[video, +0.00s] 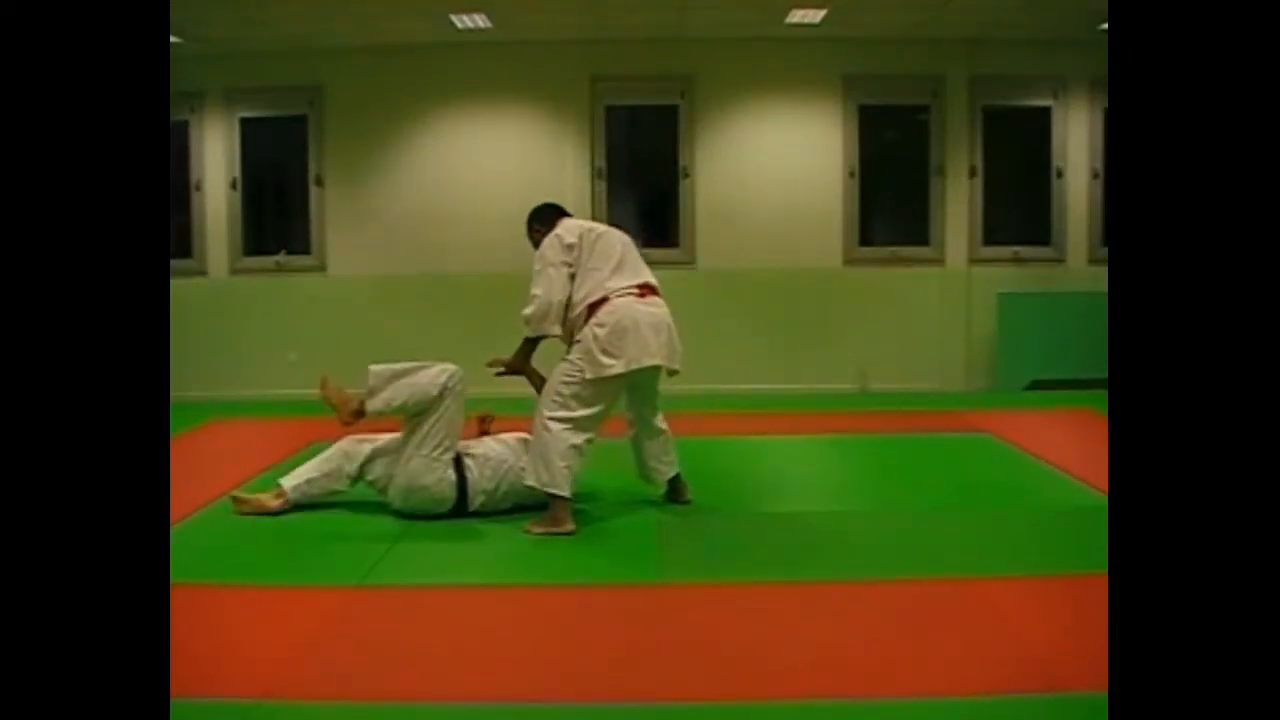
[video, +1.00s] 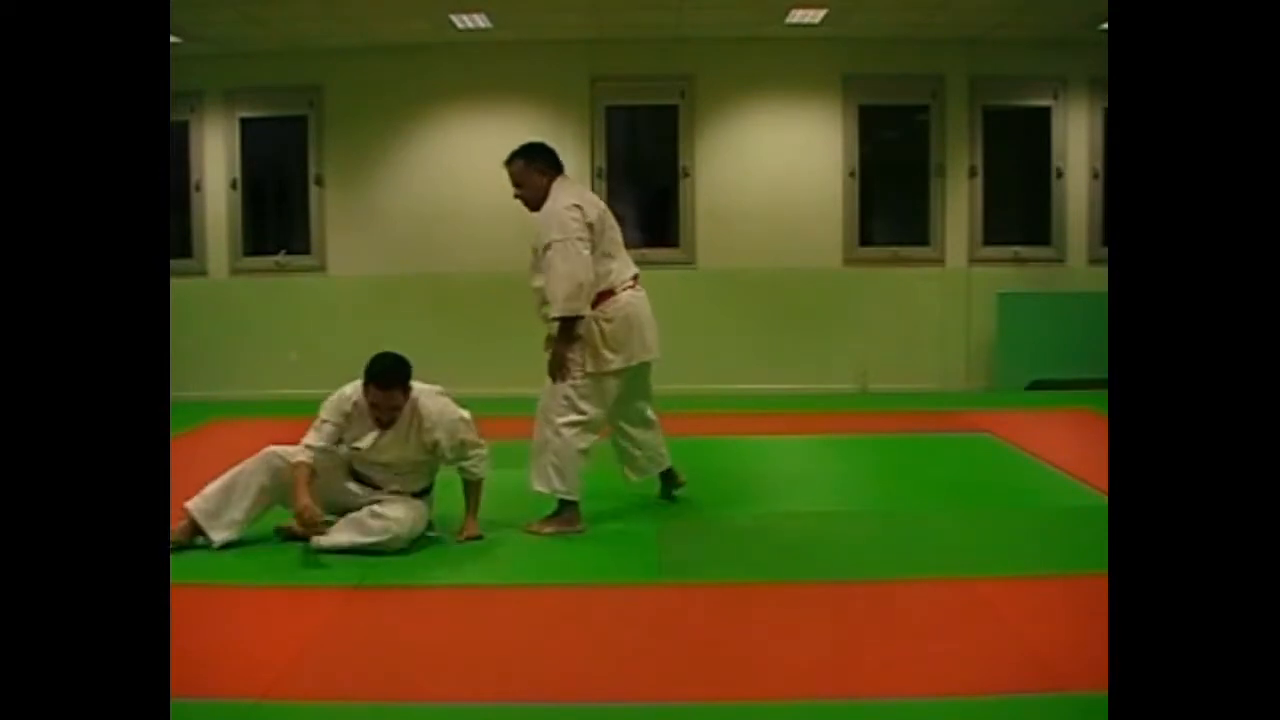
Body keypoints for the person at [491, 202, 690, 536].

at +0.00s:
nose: (537, 248)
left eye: (536, 241)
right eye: (535, 243)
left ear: (540, 229)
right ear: (565, 218)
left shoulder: (556, 239)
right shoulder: (609, 236)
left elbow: (548, 302)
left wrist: (521, 357)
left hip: (612, 324)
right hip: (657, 317)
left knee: (557, 412)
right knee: (646, 411)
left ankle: (559, 512)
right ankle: (676, 484)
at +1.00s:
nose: (516, 195)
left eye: (519, 184)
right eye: (513, 186)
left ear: (541, 175)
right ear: (549, 175)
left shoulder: (560, 210)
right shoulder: (581, 197)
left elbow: (573, 280)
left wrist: (560, 343)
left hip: (603, 321)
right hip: (632, 310)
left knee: (560, 411)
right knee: (630, 404)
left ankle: (567, 509)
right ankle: (666, 473)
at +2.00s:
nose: (465, 170)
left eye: (471, 160)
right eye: (460, 162)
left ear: (497, 154)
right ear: (462, 162)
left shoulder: (530, 192)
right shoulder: (486, 201)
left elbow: (550, 257)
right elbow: (478, 270)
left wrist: (541, 317)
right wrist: (459, 323)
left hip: (543, 318)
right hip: (510, 322)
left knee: (530, 404)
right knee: (510, 409)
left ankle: (553, 496)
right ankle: (524, 496)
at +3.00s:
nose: (460, 166)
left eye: (465, 155)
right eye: (459, 156)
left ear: (493, 149)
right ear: (492, 151)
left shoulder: (521, 193)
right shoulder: (508, 190)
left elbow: (540, 273)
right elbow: (513, 271)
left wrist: (528, 335)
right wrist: (497, 324)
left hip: (554, 326)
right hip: (542, 324)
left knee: (549, 422)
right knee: (547, 420)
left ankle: (563, 520)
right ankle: (559, 511)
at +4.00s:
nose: (500, 168)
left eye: (507, 159)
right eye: (498, 160)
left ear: (535, 154)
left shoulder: (557, 187)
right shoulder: (526, 202)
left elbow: (504, 225)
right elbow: (498, 273)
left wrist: (459, 221)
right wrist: (448, 297)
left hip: (581, 320)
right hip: (552, 325)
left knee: (562, 418)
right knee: (546, 419)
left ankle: (565, 519)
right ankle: (563, 511)